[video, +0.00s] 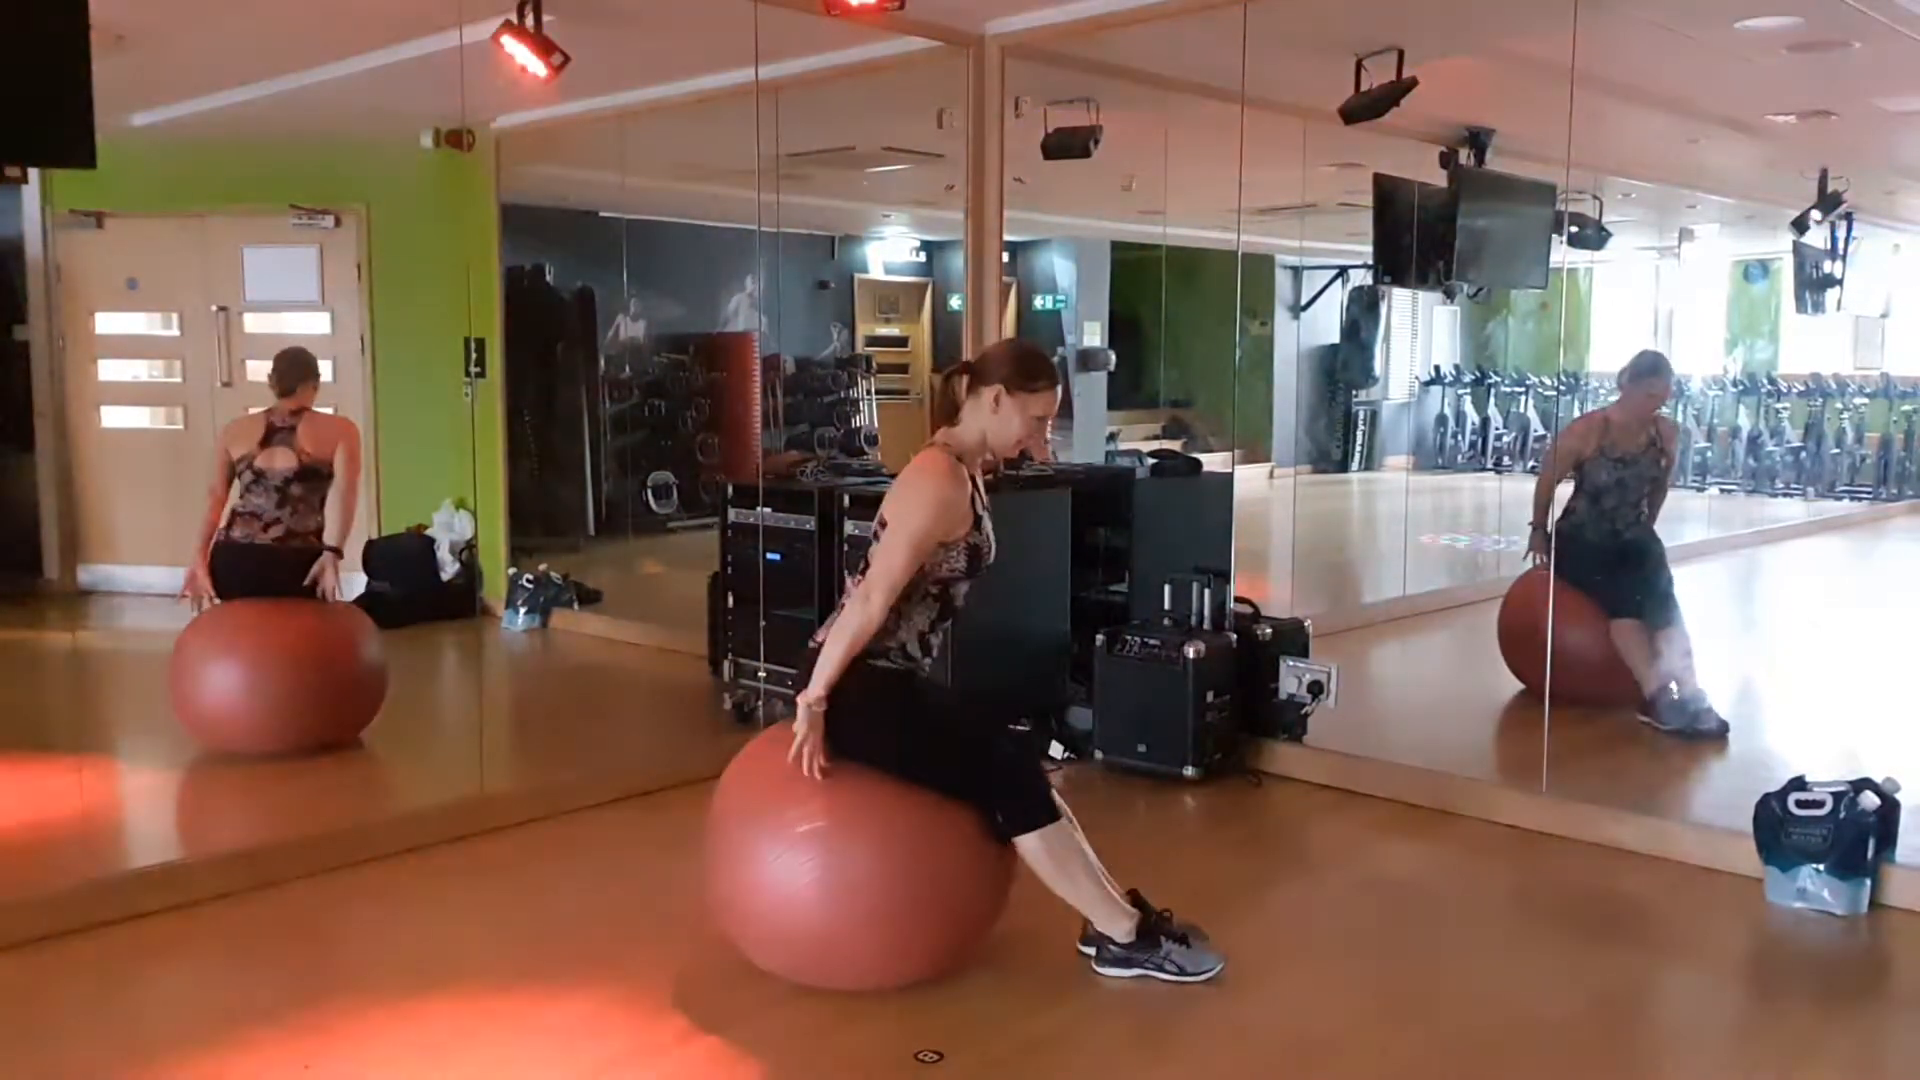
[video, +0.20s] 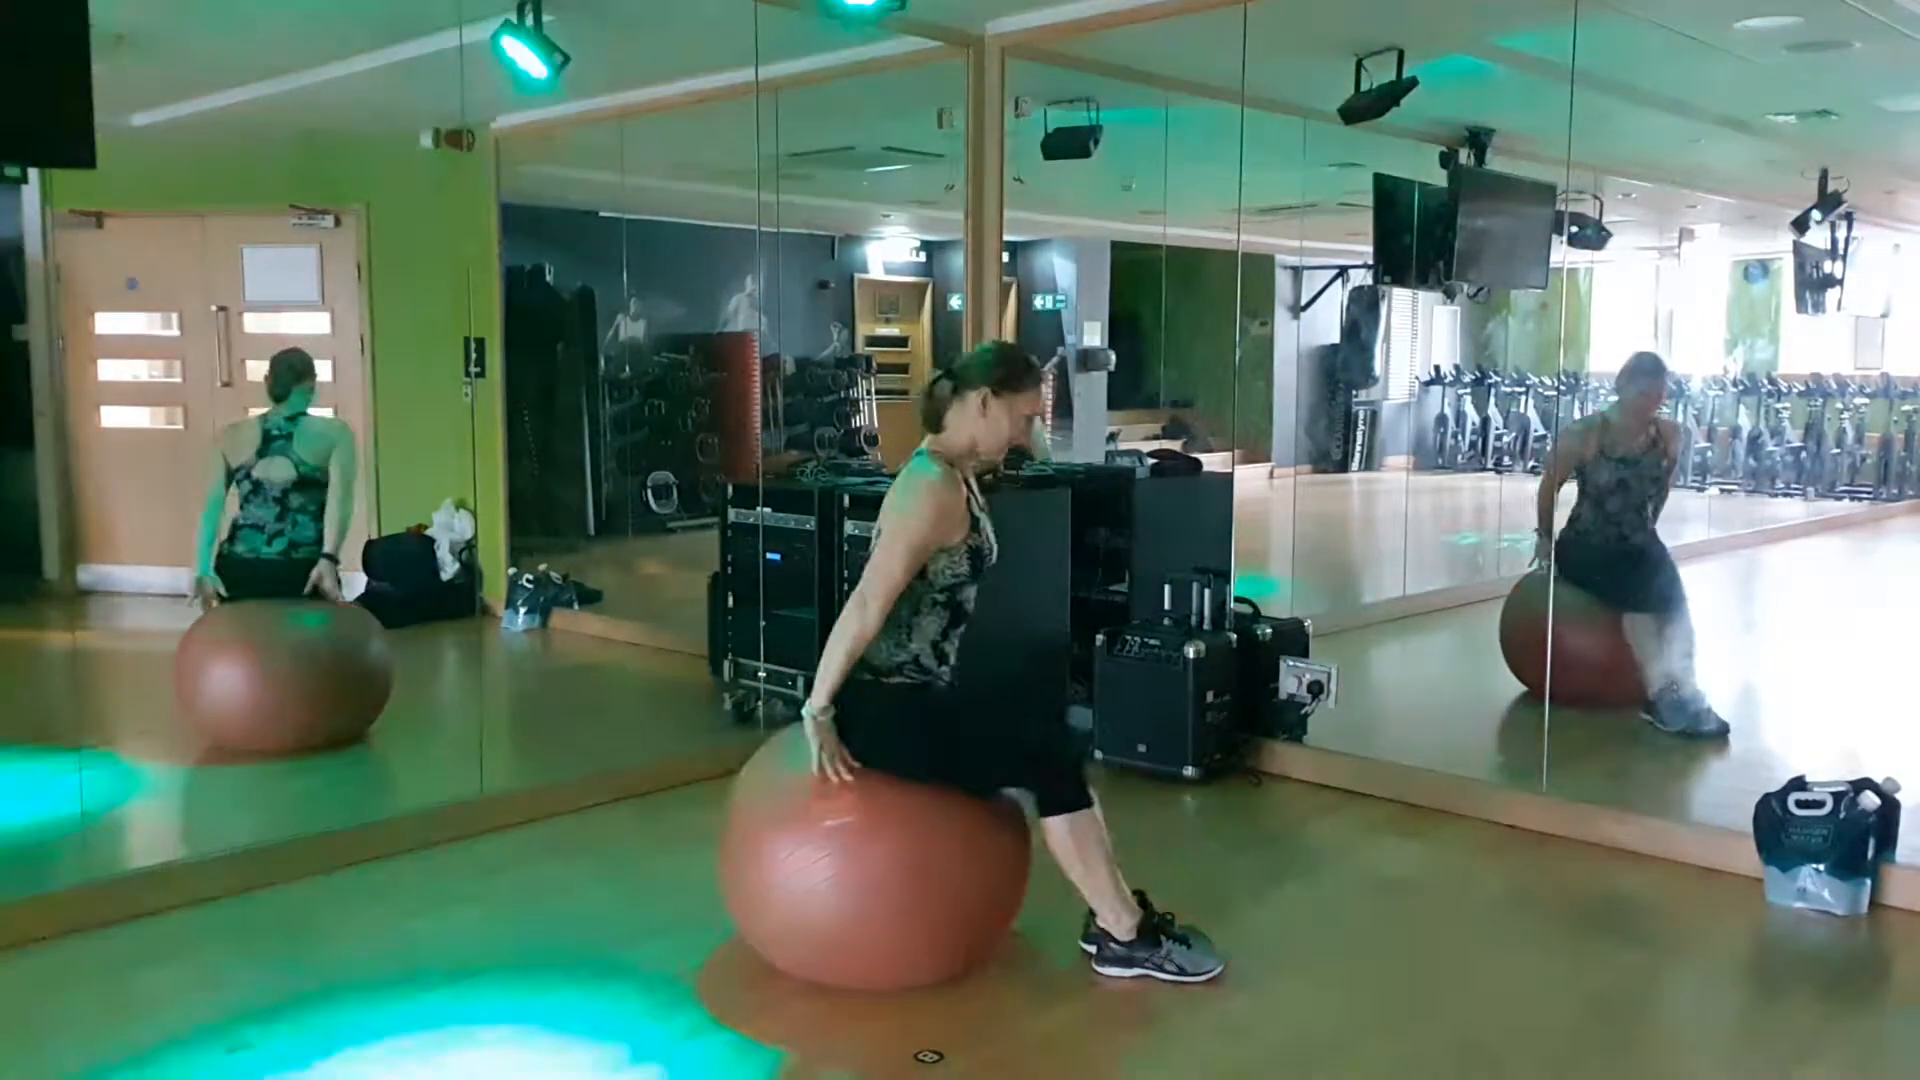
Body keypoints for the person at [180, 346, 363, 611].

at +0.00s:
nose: (315, 390)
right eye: (315, 383)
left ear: (273, 383)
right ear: (314, 384)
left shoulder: (235, 430)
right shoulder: (339, 431)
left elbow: (216, 498)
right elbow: (342, 494)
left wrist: (200, 558)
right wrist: (331, 553)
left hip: (232, 559)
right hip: (298, 561)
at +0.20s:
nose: (311, 394)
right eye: (310, 388)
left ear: (268, 384)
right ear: (310, 386)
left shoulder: (234, 435)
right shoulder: (334, 433)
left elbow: (213, 507)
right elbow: (339, 500)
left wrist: (203, 570)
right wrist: (329, 557)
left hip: (238, 569)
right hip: (302, 568)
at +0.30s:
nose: (311, 387)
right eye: (310, 380)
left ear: (264, 384)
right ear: (306, 384)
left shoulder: (232, 436)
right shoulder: (333, 432)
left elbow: (215, 509)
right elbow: (341, 500)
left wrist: (209, 575)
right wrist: (329, 558)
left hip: (241, 569)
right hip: (302, 569)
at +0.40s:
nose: (305, 386)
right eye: (303, 379)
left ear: (260, 383)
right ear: (299, 382)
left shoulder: (228, 436)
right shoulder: (330, 430)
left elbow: (216, 512)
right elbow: (342, 492)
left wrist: (212, 575)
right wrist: (332, 554)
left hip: (242, 569)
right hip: (306, 568)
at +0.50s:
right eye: (299, 376)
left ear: (256, 383)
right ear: (298, 379)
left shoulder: (228, 435)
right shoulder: (330, 429)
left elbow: (217, 507)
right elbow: (345, 494)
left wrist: (213, 573)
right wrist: (335, 556)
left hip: (244, 569)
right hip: (306, 568)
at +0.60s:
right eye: (300, 379)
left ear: (256, 383)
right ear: (300, 383)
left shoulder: (228, 436)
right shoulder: (330, 432)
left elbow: (217, 507)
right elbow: (345, 498)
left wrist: (214, 574)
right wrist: (337, 560)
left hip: (247, 568)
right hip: (309, 567)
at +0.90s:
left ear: (263, 393)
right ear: (307, 395)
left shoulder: (235, 446)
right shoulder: (334, 445)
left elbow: (222, 516)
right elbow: (347, 515)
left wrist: (229, 579)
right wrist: (343, 571)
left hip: (257, 575)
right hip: (315, 574)